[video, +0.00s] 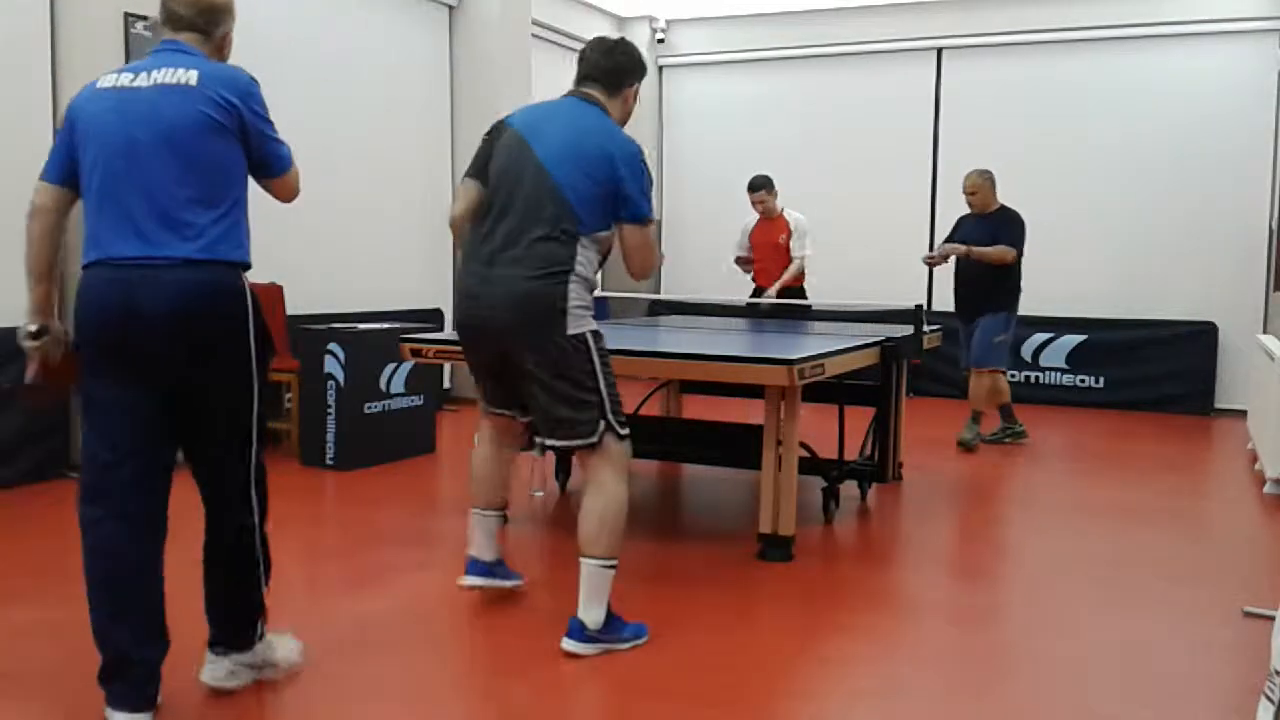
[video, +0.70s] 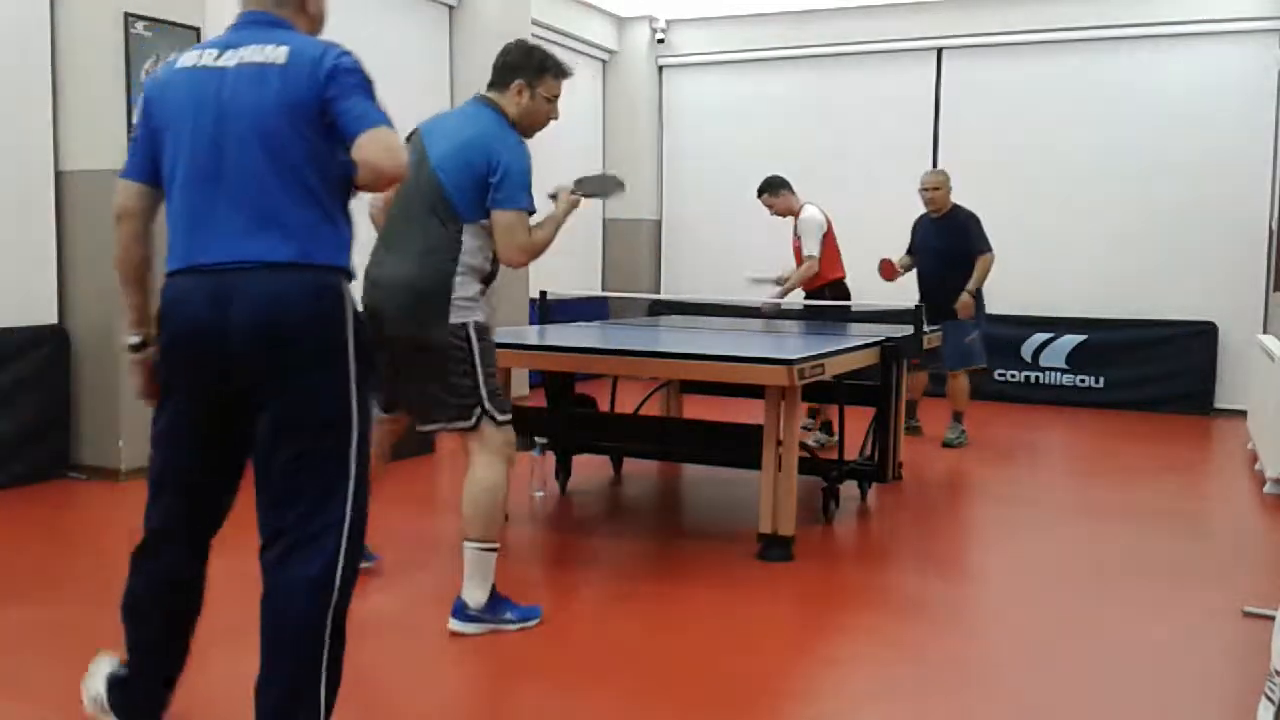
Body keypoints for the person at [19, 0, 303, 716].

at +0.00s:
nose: (233, 45)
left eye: (226, 33)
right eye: (232, 35)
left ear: (162, 29)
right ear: (222, 35)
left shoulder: (91, 95)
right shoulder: (231, 86)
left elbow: (46, 208)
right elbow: (285, 186)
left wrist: (42, 320)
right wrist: (242, 123)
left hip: (110, 303)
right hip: (207, 301)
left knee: (116, 492)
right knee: (232, 479)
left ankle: (129, 694)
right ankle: (235, 644)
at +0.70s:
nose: (325, 13)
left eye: (323, 5)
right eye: (323, 5)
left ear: (245, 5)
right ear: (304, 4)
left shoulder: (168, 76)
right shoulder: (325, 60)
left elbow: (130, 211)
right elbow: (386, 164)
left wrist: (140, 334)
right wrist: (340, 169)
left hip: (196, 310)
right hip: (303, 309)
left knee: (176, 522)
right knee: (309, 533)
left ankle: (138, 697)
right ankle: (294, 707)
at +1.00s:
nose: (362, 11)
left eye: (361, 5)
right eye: (362, 4)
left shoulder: (196, 54)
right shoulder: (358, 41)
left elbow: (158, 193)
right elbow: (387, 141)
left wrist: (202, 291)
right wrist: (386, 287)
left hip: (215, 305)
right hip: (323, 302)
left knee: (221, 541)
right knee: (330, 538)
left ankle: (224, 708)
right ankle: (301, 709)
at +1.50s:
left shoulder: (182, 56)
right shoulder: (358, 18)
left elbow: (136, 209)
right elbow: (400, 97)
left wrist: (118, 347)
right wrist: (381, 250)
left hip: (221, 313)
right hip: (350, 300)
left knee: (230, 558)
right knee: (380, 549)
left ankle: (230, 710)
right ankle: (381, 706)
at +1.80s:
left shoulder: (246, 46)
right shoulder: (444, 29)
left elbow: (184, 203)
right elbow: (518, 120)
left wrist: (162, 357)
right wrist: (483, 272)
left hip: (293, 341)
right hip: (426, 332)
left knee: (266, 598)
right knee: (464, 601)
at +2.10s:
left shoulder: (337, 33)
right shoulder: (542, 22)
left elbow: (286, 196)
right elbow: (617, 181)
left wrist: (280, 336)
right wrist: (582, 251)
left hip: (363, 323)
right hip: (502, 323)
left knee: (351, 584)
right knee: (520, 592)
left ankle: (331, 713)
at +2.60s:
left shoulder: (348, 57)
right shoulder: (536, 24)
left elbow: (309, 215)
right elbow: (591, 169)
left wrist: (374, 302)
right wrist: (564, 244)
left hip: (395, 329)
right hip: (526, 321)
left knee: (401, 591)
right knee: (601, 578)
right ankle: (609, 706)